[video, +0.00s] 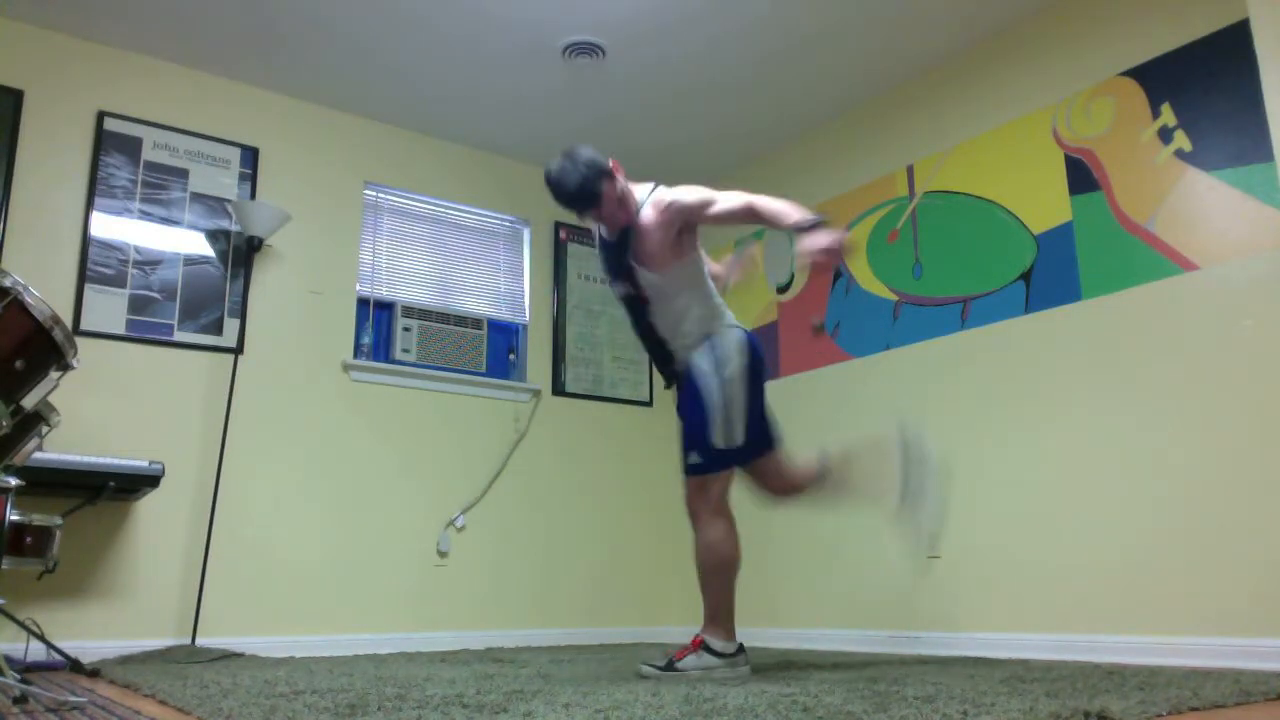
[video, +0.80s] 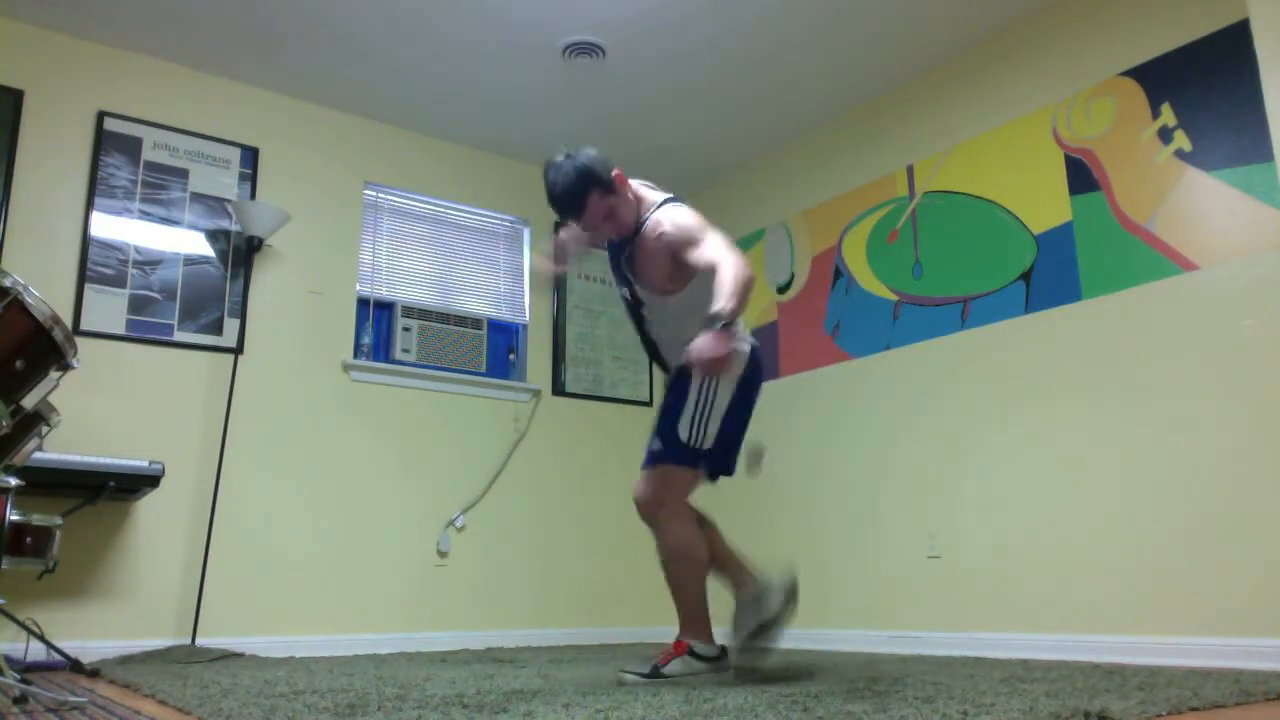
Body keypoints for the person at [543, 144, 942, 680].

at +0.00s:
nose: (605, 218)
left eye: (604, 203)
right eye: (593, 214)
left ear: (615, 175)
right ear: (583, 209)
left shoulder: (666, 206)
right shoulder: (619, 230)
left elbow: (750, 205)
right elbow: (670, 263)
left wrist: (808, 226)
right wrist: (722, 271)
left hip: (715, 357)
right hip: (705, 357)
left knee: (707, 504)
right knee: (781, 480)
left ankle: (719, 641)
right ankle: (893, 460)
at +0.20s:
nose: (616, 231)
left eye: (616, 218)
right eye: (603, 226)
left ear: (629, 192)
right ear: (591, 222)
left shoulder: (677, 227)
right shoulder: (604, 233)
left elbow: (768, 251)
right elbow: (561, 262)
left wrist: (833, 302)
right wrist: (532, 249)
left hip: (733, 351)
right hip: (708, 355)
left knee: (706, 493)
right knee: (730, 485)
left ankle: (732, 633)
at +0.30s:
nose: (607, 264)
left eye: (609, 250)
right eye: (595, 258)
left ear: (629, 222)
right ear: (587, 255)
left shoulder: (680, 255)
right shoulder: (622, 265)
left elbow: (769, 281)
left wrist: (829, 336)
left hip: (731, 381)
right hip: (708, 384)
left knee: (698, 513)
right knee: (732, 518)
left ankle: (736, 640)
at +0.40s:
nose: (612, 273)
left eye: (613, 258)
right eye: (598, 270)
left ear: (625, 228)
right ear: (582, 267)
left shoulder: (674, 259)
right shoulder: (615, 267)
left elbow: (758, 274)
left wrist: (807, 316)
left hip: (735, 380)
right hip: (697, 392)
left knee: (707, 512)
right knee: (703, 518)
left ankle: (737, 640)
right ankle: (824, 572)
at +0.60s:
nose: (606, 204)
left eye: (608, 190)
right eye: (594, 201)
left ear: (622, 161)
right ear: (581, 195)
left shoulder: (671, 204)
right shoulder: (621, 181)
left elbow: (760, 227)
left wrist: (832, 275)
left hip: (705, 334)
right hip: (711, 329)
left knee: (653, 470)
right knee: (725, 472)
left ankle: (690, 610)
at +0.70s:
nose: (606, 214)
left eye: (608, 200)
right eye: (595, 209)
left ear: (624, 171)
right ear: (584, 204)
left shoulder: (671, 210)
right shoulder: (610, 209)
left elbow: (744, 238)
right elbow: (581, 234)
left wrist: (772, 279)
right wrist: (529, 220)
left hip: (723, 342)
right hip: (695, 344)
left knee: (673, 484)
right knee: (673, 478)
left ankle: (696, 635)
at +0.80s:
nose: (606, 230)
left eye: (608, 215)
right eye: (592, 224)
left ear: (622, 186)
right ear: (580, 219)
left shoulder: (669, 223)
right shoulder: (619, 202)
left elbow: (734, 266)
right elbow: (574, 234)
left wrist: (719, 325)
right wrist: (560, 251)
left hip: (717, 361)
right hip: (691, 366)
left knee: (659, 498)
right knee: (660, 501)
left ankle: (699, 646)